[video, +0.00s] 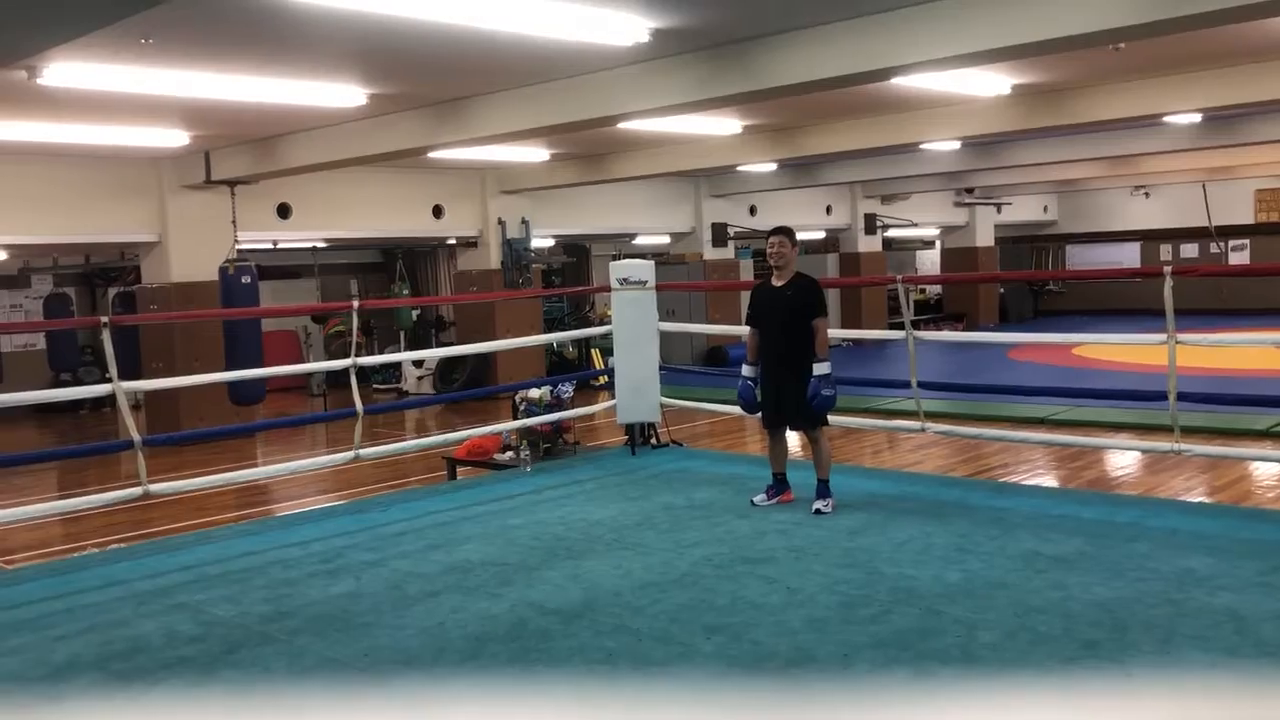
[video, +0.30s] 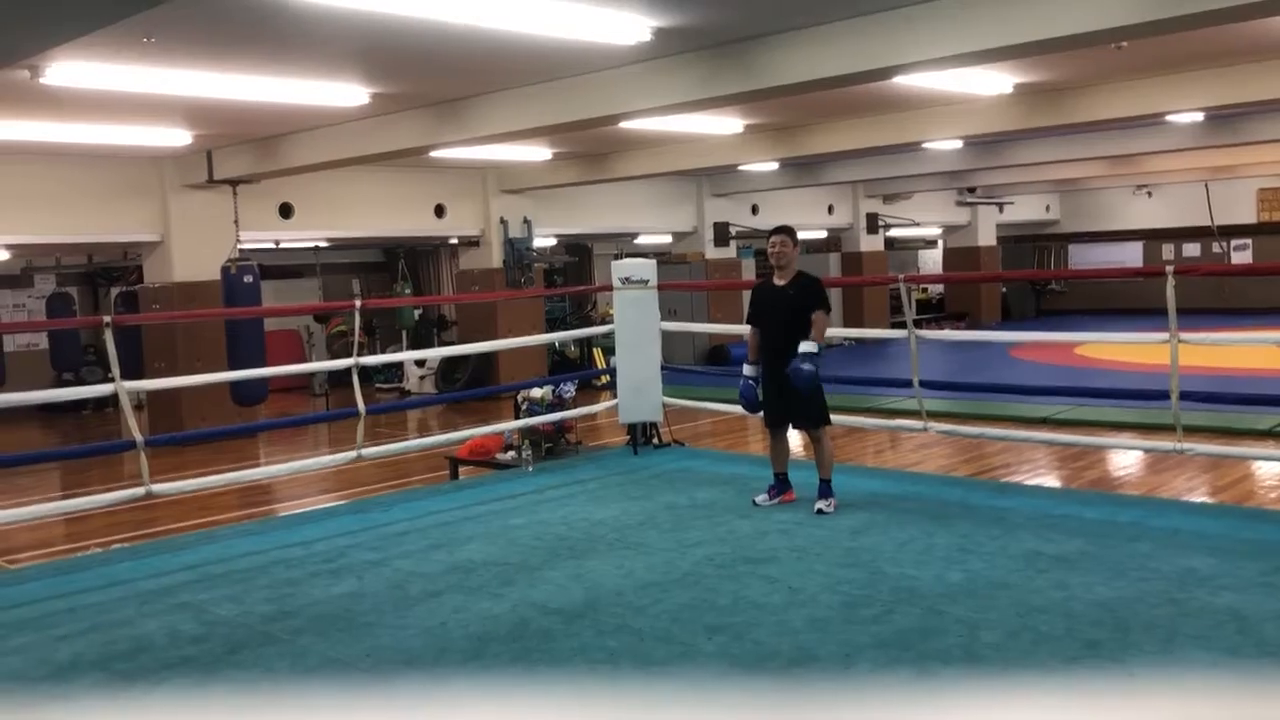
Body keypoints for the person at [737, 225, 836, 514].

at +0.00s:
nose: (775, 250)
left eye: (781, 245)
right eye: (771, 246)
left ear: (794, 250)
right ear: (766, 252)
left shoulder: (809, 286)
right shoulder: (760, 291)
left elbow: (821, 331)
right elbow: (753, 335)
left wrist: (823, 373)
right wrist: (748, 376)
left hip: (803, 373)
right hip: (771, 374)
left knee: (814, 432)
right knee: (774, 431)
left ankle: (823, 491)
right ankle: (779, 485)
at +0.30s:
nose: (777, 250)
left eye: (783, 245)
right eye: (772, 245)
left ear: (795, 249)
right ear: (767, 251)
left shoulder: (810, 284)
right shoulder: (761, 290)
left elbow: (820, 318)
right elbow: (754, 333)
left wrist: (810, 351)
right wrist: (750, 375)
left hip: (801, 367)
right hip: (770, 369)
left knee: (816, 431)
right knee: (775, 430)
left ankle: (825, 490)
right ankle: (781, 485)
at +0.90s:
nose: (778, 249)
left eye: (785, 244)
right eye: (774, 245)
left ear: (797, 249)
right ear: (769, 251)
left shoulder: (810, 280)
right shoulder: (766, 289)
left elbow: (805, 293)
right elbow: (759, 333)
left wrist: (783, 297)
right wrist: (754, 374)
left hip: (803, 368)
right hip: (773, 369)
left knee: (816, 430)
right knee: (776, 428)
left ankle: (825, 489)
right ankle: (781, 484)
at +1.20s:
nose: (775, 251)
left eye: (782, 246)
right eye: (772, 246)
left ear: (794, 249)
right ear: (766, 251)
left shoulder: (807, 283)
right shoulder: (763, 290)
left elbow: (810, 318)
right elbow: (759, 331)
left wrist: (799, 349)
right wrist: (756, 367)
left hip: (802, 365)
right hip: (771, 365)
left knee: (815, 427)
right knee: (775, 427)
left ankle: (825, 488)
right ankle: (781, 483)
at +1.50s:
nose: (776, 249)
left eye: (782, 244)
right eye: (772, 244)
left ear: (794, 249)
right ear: (766, 251)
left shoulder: (809, 285)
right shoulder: (761, 289)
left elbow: (822, 331)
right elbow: (756, 333)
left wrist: (829, 371)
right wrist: (751, 374)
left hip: (804, 371)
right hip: (773, 373)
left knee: (815, 430)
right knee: (776, 429)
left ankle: (825, 488)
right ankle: (781, 483)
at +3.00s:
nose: (773, 253)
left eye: (779, 247)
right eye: (769, 248)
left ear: (792, 250)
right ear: (764, 252)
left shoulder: (806, 286)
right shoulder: (759, 290)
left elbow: (814, 331)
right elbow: (753, 334)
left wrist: (814, 373)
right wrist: (749, 375)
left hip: (799, 372)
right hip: (768, 372)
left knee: (812, 432)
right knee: (773, 430)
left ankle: (822, 490)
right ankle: (779, 485)